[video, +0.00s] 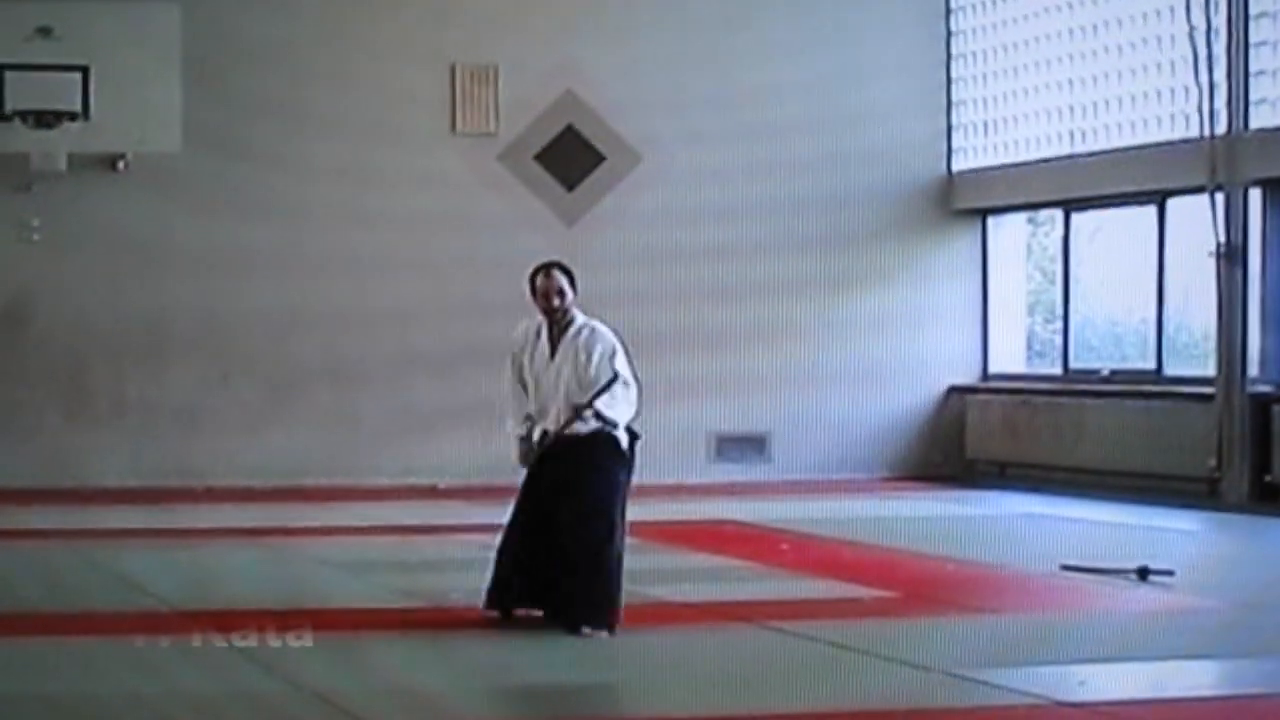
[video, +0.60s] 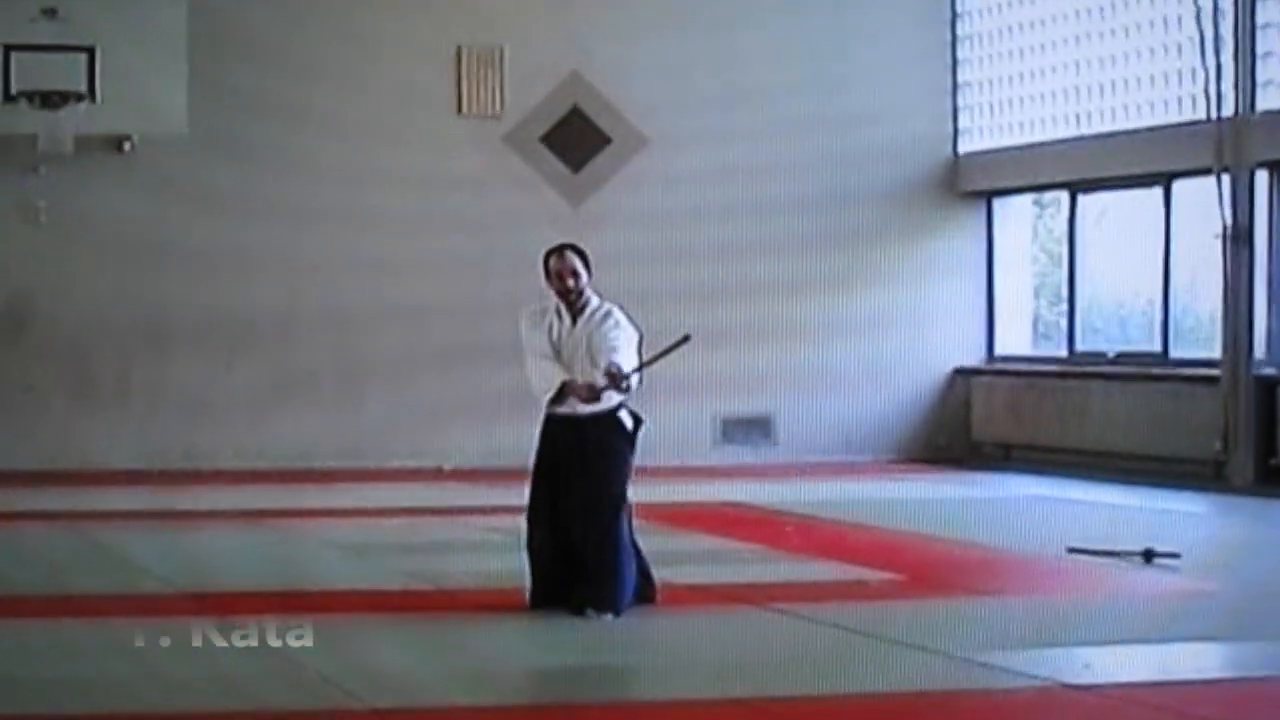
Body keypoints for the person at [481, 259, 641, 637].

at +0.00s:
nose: (553, 302)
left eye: (559, 293)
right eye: (545, 295)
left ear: (572, 294)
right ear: (535, 300)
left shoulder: (596, 337)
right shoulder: (525, 342)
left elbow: (622, 393)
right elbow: (519, 397)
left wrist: (585, 421)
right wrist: (524, 436)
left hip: (597, 442)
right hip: (551, 443)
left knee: (594, 526)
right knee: (533, 520)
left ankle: (596, 615)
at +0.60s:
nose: (568, 283)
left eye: (574, 274)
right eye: (559, 277)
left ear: (587, 276)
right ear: (549, 283)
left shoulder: (611, 321)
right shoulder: (539, 320)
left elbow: (624, 362)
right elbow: (537, 368)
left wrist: (619, 378)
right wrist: (570, 387)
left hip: (605, 423)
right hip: (560, 422)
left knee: (599, 511)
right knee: (548, 507)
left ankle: (604, 598)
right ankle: (553, 596)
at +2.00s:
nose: (453, 247)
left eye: (459, 238)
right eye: (445, 241)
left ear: (473, 239)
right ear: (437, 249)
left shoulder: (504, 278)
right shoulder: (438, 277)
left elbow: (506, 314)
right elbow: (408, 251)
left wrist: (488, 270)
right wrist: (397, 217)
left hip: (512, 389)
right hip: (466, 389)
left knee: (502, 482)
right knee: (435, 478)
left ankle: (505, 558)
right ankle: (430, 560)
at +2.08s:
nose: (459, 244)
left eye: (464, 234)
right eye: (448, 240)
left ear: (480, 235)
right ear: (443, 248)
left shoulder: (512, 282)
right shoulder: (442, 279)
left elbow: (511, 326)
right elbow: (405, 257)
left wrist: (491, 279)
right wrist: (384, 222)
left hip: (517, 390)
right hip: (471, 388)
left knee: (506, 479)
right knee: (440, 476)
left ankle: (508, 559)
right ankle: (436, 560)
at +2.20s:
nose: (474, 243)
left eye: (479, 233)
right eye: (464, 238)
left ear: (494, 234)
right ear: (456, 246)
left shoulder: (523, 279)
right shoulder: (453, 287)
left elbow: (537, 339)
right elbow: (411, 281)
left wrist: (510, 297)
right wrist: (375, 255)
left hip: (531, 388)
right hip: (482, 387)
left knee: (538, 470)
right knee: (451, 466)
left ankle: (545, 551)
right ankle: (442, 551)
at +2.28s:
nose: (484, 242)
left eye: (489, 234)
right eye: (474, 237)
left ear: (502, 236)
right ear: (466, 245)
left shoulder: (529, 281)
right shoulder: (462, 287)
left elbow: (543, 297)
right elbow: (421, 298)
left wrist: (508, 285)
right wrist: (378, 279)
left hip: (537, 390)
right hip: (487, 389)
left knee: (558, 470)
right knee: (454, 470)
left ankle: (577, 549)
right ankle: (437, 554)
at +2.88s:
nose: (601, 232)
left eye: (608, 224)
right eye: (593, 225)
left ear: (620, 227)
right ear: (581, 230)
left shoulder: (641, 278)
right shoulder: (561, 275)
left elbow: (649, 334)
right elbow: (550, 329)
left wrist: (622, 361)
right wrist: (576, 365)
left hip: (627, 383)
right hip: (580, 380)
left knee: (627, 470)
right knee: (570, 466)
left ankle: (632, 556)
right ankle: (563, 549)